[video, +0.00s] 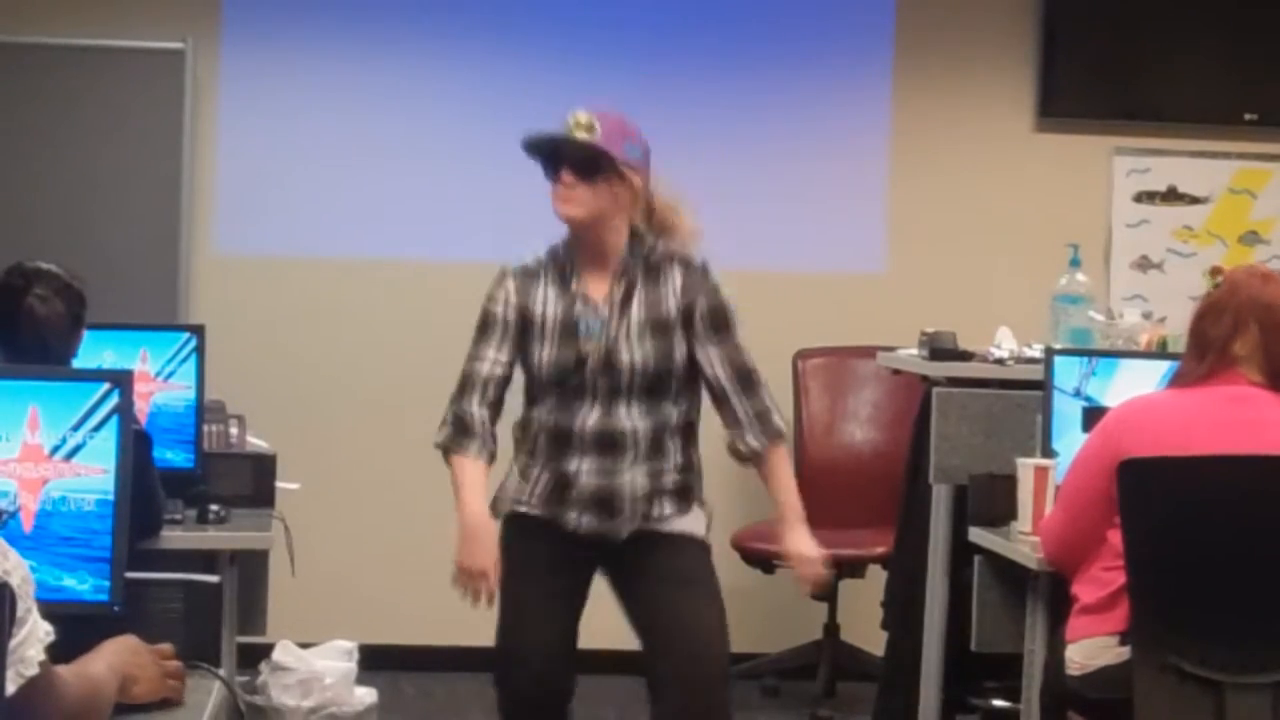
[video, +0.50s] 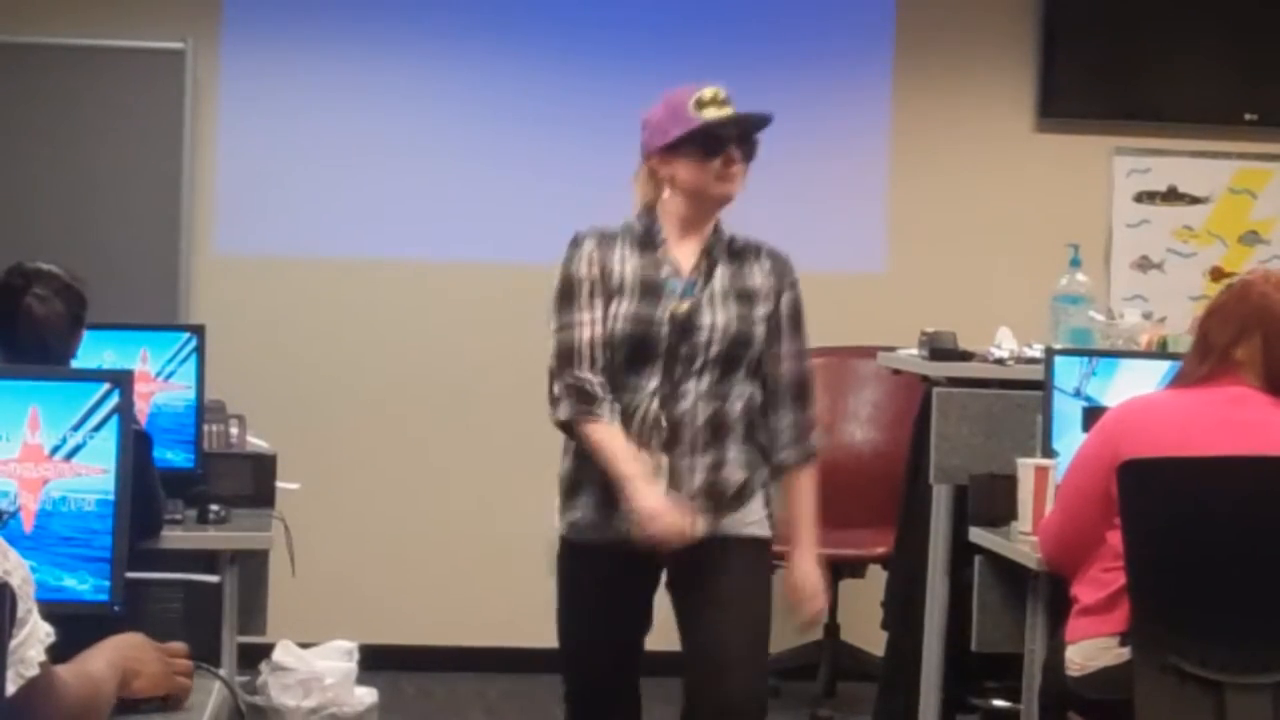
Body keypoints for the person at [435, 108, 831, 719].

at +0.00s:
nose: (561, 179)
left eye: (583, 168)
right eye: (557, 166)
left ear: (628, 186)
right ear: (549, 175)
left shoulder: (683, 282)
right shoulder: (522, 288)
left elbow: (748, 406)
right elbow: (470, 416)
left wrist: (793, 522)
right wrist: (473, 525)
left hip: (658, 517)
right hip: (546, 514)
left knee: (697, 690)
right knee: (529, 692)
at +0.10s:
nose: (597, 181)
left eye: (618, 168)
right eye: (583, 168)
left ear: (650, 185)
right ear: (568, 186)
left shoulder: (697, 285)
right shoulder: (529, 288)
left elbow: (754, 408)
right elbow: (491, 412)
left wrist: (796, 519)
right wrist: (507, 505)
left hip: (659, 518)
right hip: (548, 510)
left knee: (677, 695)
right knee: (522, 687)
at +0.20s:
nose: (650, 147)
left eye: (666, 133)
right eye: (630, 134)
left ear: (685, 148)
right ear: (600, 151)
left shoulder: (724, 253)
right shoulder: (551, 243)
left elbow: (762, 382)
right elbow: (519, 366)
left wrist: (763, 484)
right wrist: (575, 455)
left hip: (669, 495)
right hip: (561, 490)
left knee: (672, 684)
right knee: (549, 686)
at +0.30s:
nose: (690, 143)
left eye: (701, 131)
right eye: (670, 130)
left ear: (712, 145)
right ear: (628, 148)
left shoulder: (743, 249)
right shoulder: (572, 233)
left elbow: (761, 388)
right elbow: (542, 350)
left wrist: (747, 483)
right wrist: (633, 430)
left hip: (695, 503)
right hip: (581, 499)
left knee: (694, 687)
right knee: (575, 687)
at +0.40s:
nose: (713, 165)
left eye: (722, 152)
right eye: (691, 152)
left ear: (731, 167)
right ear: (645, 169)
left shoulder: (757, 280)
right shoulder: (582, 267)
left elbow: (774, 419)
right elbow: (563, 383)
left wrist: (768, 520)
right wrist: (670, 452)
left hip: (714, 526)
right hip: (598, 521)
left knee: (721, 703)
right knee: (589, 705)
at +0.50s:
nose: (734, 160)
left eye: (741, 147)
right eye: (711, 147)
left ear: (747, 159)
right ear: (663, 164)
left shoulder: (767, 273)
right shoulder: (596, 256)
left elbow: (791, 422)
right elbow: (577, 394)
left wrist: (804, 551)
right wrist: (642, 488)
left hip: (726, 528)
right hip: (608, 525)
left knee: (732, 703)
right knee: (599, 706)